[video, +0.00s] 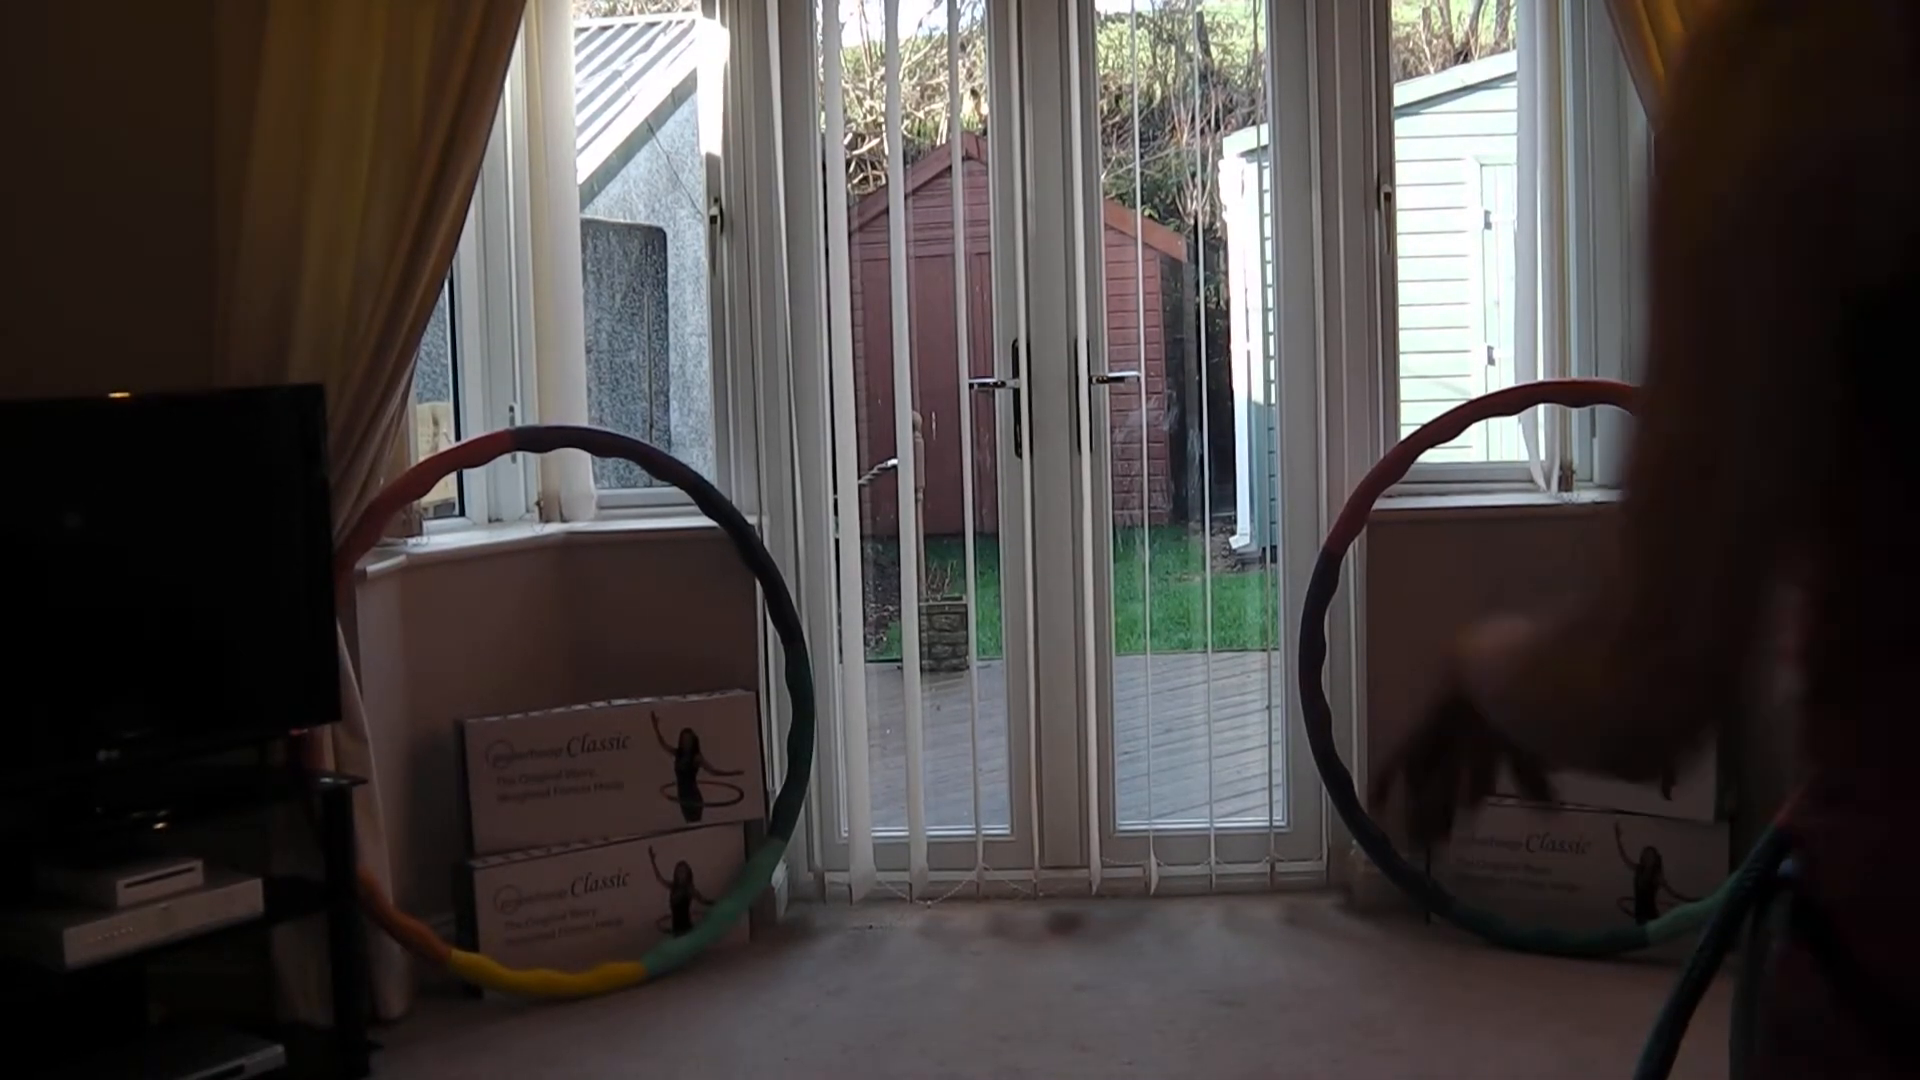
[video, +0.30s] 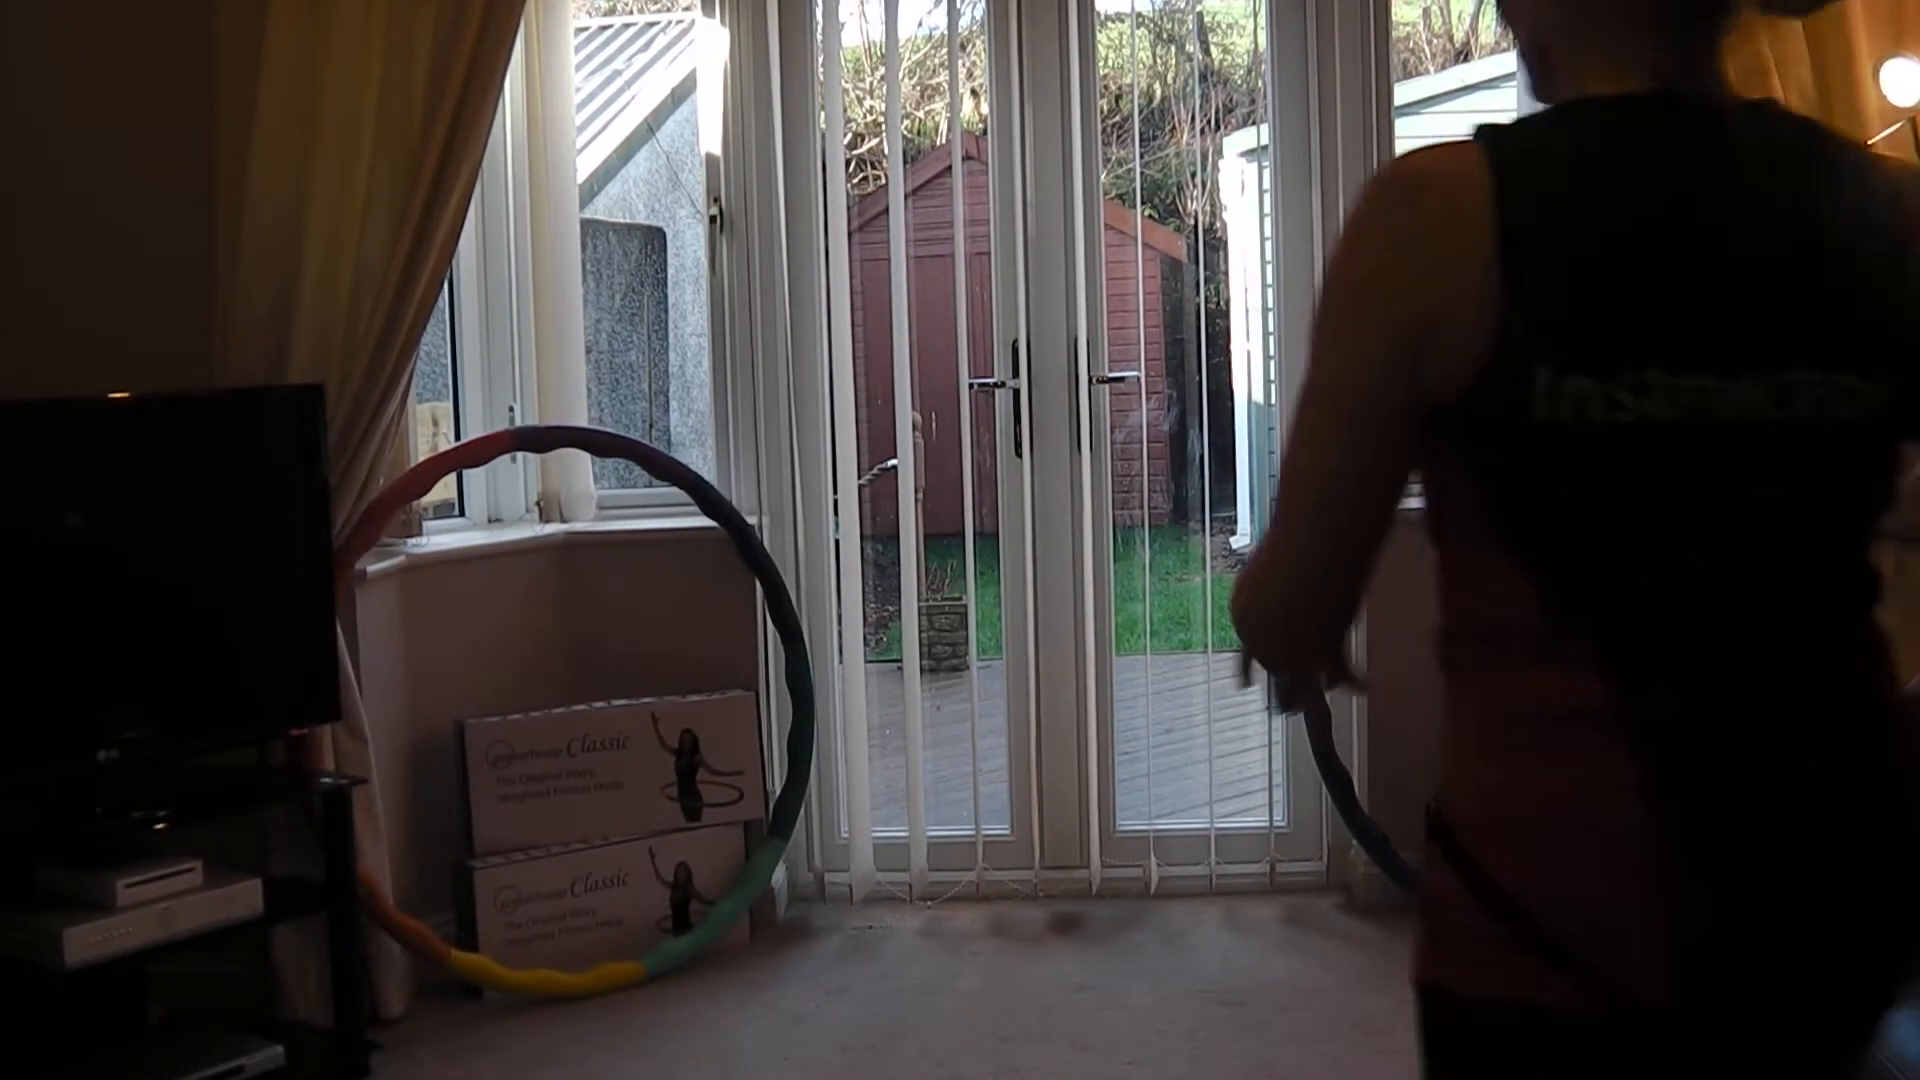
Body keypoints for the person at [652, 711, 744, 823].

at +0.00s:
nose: (684, 741)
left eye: (688, 738)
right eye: (683, 738)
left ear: (693, 741)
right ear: (680, 740)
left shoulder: (696, 757)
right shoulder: (678, 754)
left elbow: (713, 772)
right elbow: (662, 744)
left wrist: (733, 773)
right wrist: (655, 725)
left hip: (693, 794)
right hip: (682, 794)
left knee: (696, 826)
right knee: (690, 826)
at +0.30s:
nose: (684, 741)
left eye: (687, 739)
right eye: (683, 739)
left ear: (693, 741)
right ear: (680, 740)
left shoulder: (696, 757)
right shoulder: (678, 754)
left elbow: (713, 771)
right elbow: (662, 744)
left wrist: (733, 773)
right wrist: (655, 725)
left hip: (693, 793)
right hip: (682, 794)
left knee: (696, 826)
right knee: (690, 826)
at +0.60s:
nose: (684, 742)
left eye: (687, 739)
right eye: (683, 739)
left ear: (693, 742)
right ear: (680, 741)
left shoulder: (696, 757)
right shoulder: (678, 754)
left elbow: (713, 772)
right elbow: (662, 744)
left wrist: (733, 773)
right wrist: (655, 725)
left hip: (693, 794)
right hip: (682, 794)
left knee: (696, 825)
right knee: (689, 825)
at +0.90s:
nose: (685, 742)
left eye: (688, 739)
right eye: (683, 739)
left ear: (693, 742)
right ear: (680, 741)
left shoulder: (696, 757)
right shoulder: (678, 755)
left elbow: (713, 772)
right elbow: (662, 743)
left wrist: (732, 773)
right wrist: (655, 726)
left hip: (693, 795)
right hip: (682, 795)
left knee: (696, 828)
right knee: (691, 828)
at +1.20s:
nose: (685, 742)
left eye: (688, 739)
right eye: (683, 739)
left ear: (693, 742)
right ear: (680, 741)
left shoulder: (696, 757)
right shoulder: (678, 754)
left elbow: (712, 772)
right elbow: (662, 744)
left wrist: (732, 774)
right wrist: (655, 726)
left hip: (693, 795)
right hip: (682, 795)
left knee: (695, 829)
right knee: (691, 829)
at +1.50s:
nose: (685, 742)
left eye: (688, 739)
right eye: (683, 739)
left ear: (693, 742)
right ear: (680, 741)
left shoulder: (696, 757)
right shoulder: (678, 754)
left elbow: (712, 772)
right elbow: (662, 744)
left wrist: (732, 774)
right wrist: (655, 726)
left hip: (693, 795)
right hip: (682, 795)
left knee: (696, 828)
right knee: (690, 829)